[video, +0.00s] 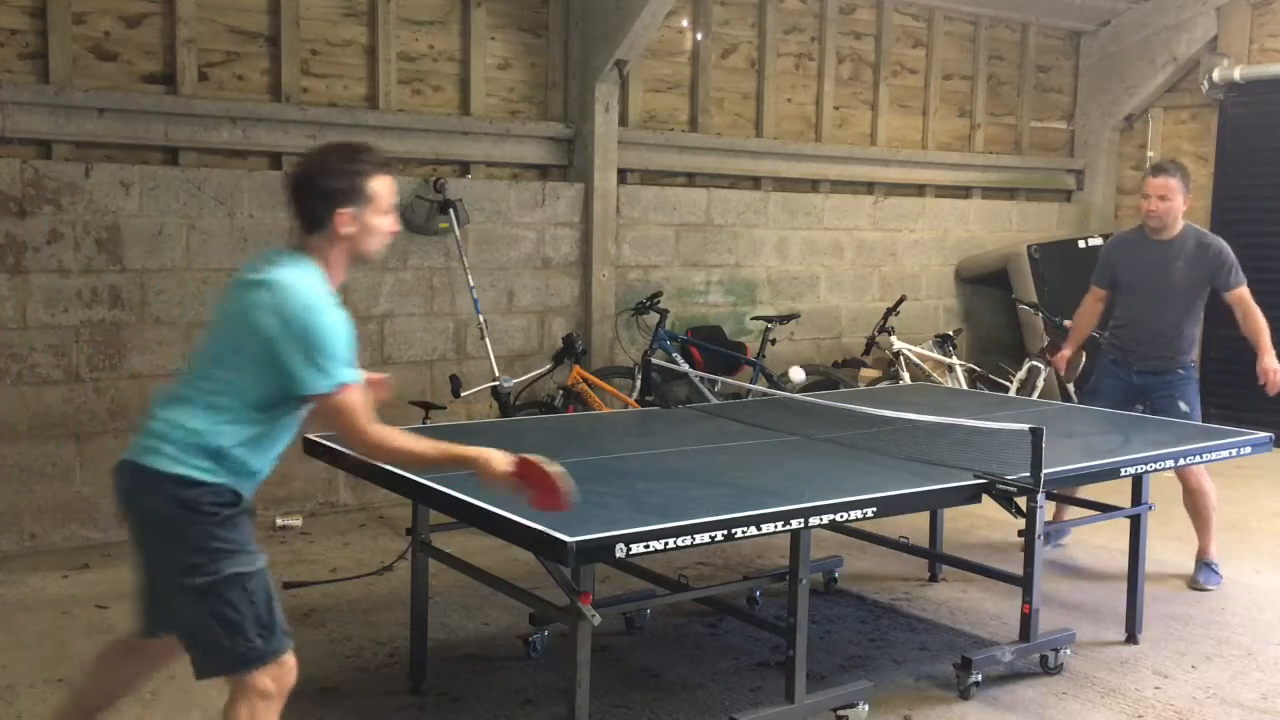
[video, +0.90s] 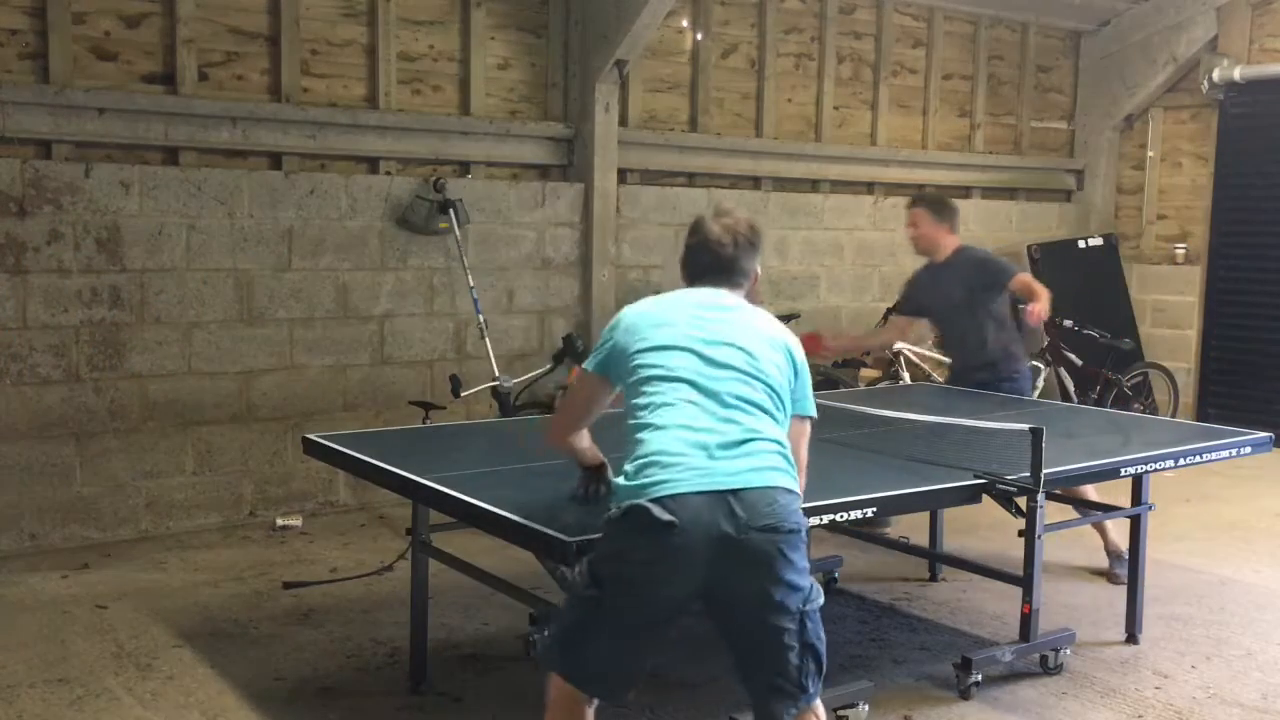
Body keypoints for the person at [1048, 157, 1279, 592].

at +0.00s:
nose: (1151, 205)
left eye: (1162, 198)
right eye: (1146, 196)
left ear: (1185, 202)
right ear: (1140, 198)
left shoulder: (1211, 251)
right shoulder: (1119, 247)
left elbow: (1243, 304)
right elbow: (1094, 300)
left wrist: (1266, 351)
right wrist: (1069, 347)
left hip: (1174, 376)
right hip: (1114, 369)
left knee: (1189, 468)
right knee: (1077, 445)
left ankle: (1207, 555)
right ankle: (1056, 522)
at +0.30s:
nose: (1105, 202)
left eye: (1115, 194)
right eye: (1099, 194)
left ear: (1134, 199)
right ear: (1092, 198)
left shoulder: (1156, 250)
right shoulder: (1071, 248)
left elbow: (1184, 305)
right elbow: (1048, 296)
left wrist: (1202, 358)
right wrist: (1024, 339)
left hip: (1130, 376)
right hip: (1074, 372)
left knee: (1157, 464)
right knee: (1057, 452)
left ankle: (1197, 552)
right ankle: (1051, 524)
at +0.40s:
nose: (1081, 201)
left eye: (1091, 193)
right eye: (1076, 193)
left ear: (1113, 197)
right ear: (1070, 198)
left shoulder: (1136, 246)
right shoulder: (1054, 249)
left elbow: (1161, 303)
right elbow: (1029, 298)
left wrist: (1170, 364)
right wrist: (1004, 334)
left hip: (1118, 372)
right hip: (1065, 370)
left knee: (1133, 455)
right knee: (1050, 448)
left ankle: (1164, 541)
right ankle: (1049, 523)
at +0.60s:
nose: (1037, 215)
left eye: (1045, 206)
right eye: (1034, 207)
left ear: (1072, 206)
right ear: (1035, 210)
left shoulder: (1105, 257)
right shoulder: (1031, 259)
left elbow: (1136, 319)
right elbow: (1013, 313)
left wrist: (1119, 373)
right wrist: (959, 339)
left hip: (1090, 381)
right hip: (1039, 376)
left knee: (1109, 468)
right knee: (1004, 435)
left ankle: (1127, 548)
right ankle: (1013, 510)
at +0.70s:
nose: (1001, 224)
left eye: (1008, 215)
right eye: (1000, 216)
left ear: (1038, 215)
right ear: (1016, 219)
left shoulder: (1074, 261)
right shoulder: (1007, 267)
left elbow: (1102, 319)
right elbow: (995, 319)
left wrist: (1080, 349)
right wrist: (948, 345)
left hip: (1071, 384)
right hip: (1021, 379)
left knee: (1093, 462)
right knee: (966, 429)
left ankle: (1125, 548)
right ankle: (929, 506)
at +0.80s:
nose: (958, 227)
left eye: (964, 218)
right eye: (956, 219)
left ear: (994, 217)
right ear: (973, 222)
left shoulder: (1031, 257)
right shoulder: (968, 270)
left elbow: (1071, 301)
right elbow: (954, 326)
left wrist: (1059, 321)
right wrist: (902, 346)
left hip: (1043, 385)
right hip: (990, 384)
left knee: (1081, 464)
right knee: (939, 441)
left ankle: (1123, 547)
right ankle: (890, 505)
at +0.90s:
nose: (910, 235)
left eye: (916, 226)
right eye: (909, 227)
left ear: (942, 225)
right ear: (925, 228)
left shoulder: (977, 262)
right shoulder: (923, 282)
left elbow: (1031, 287)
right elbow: (888, 335)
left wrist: (1040, 303)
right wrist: (834, 345)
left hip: (1007, 380)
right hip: (961, 383)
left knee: (1055, 459)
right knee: (913, 437)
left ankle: (1112, 544)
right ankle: (881, 512)